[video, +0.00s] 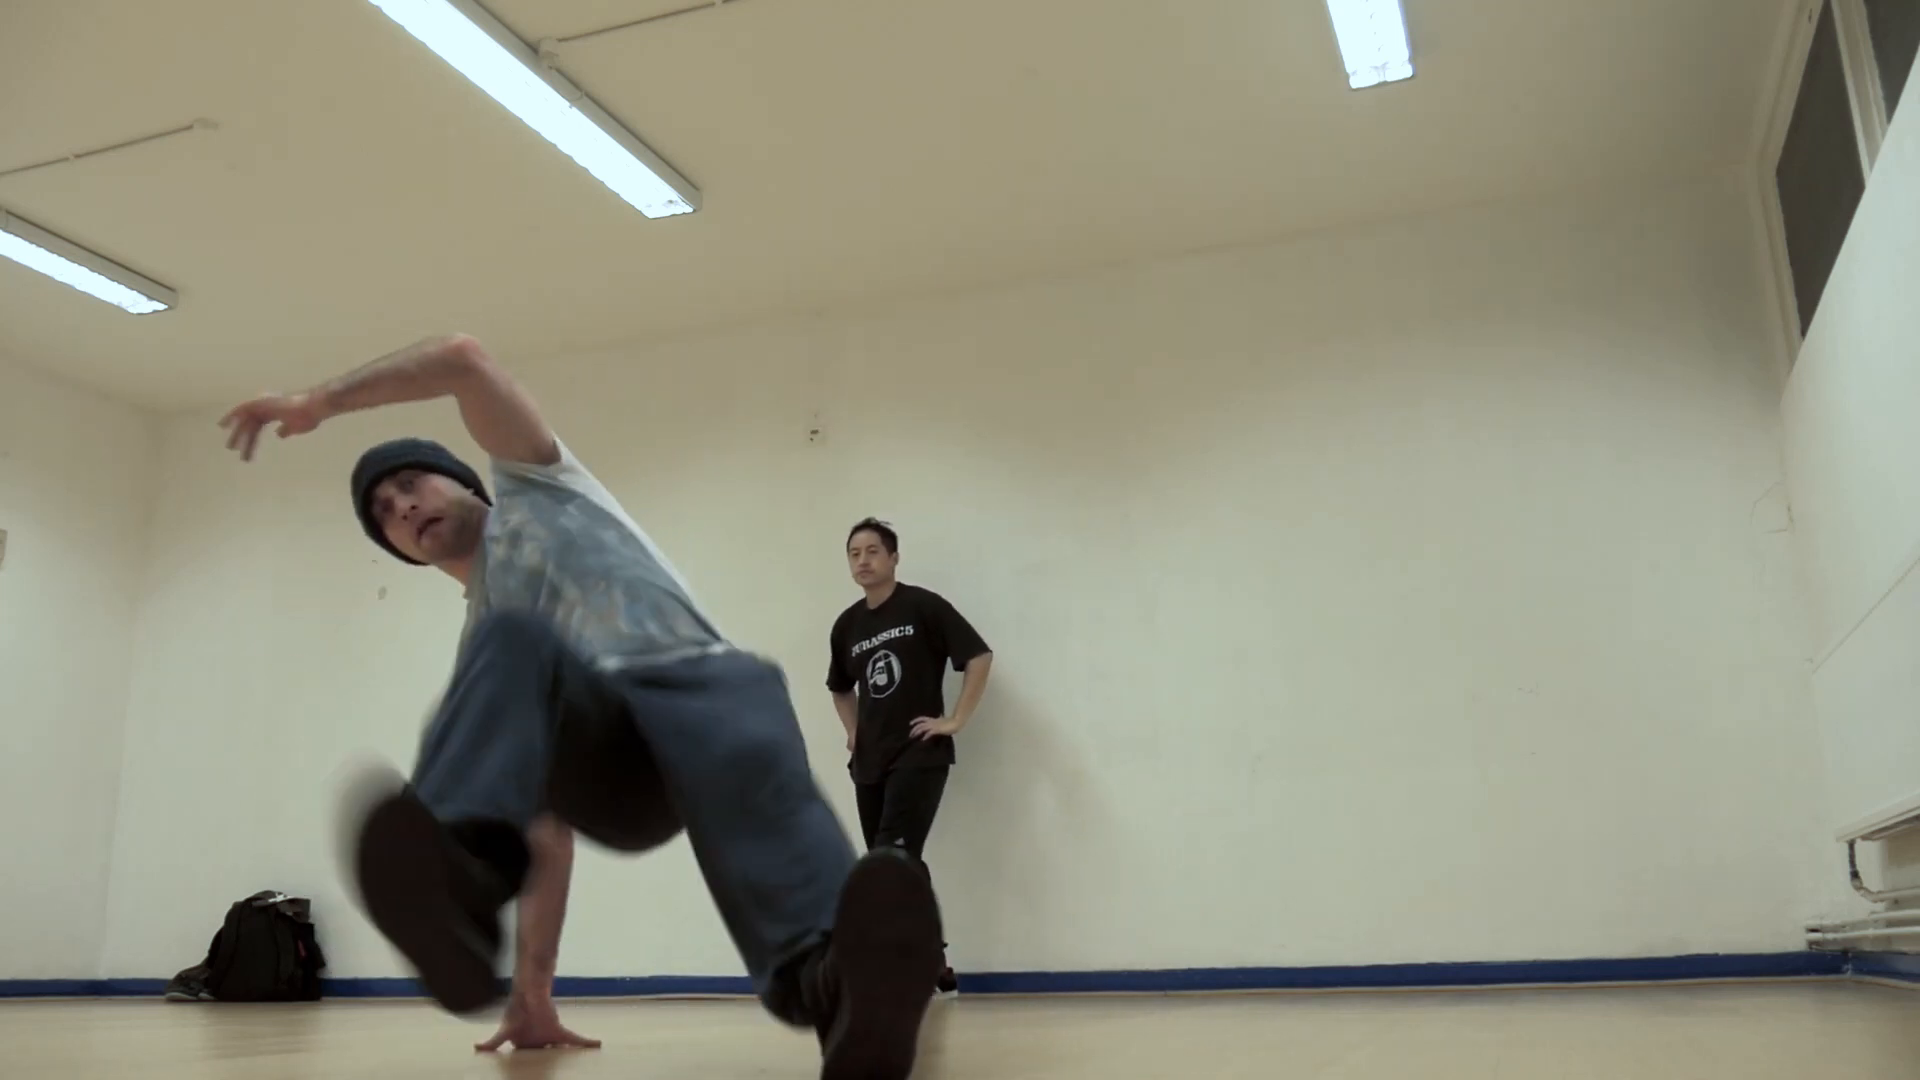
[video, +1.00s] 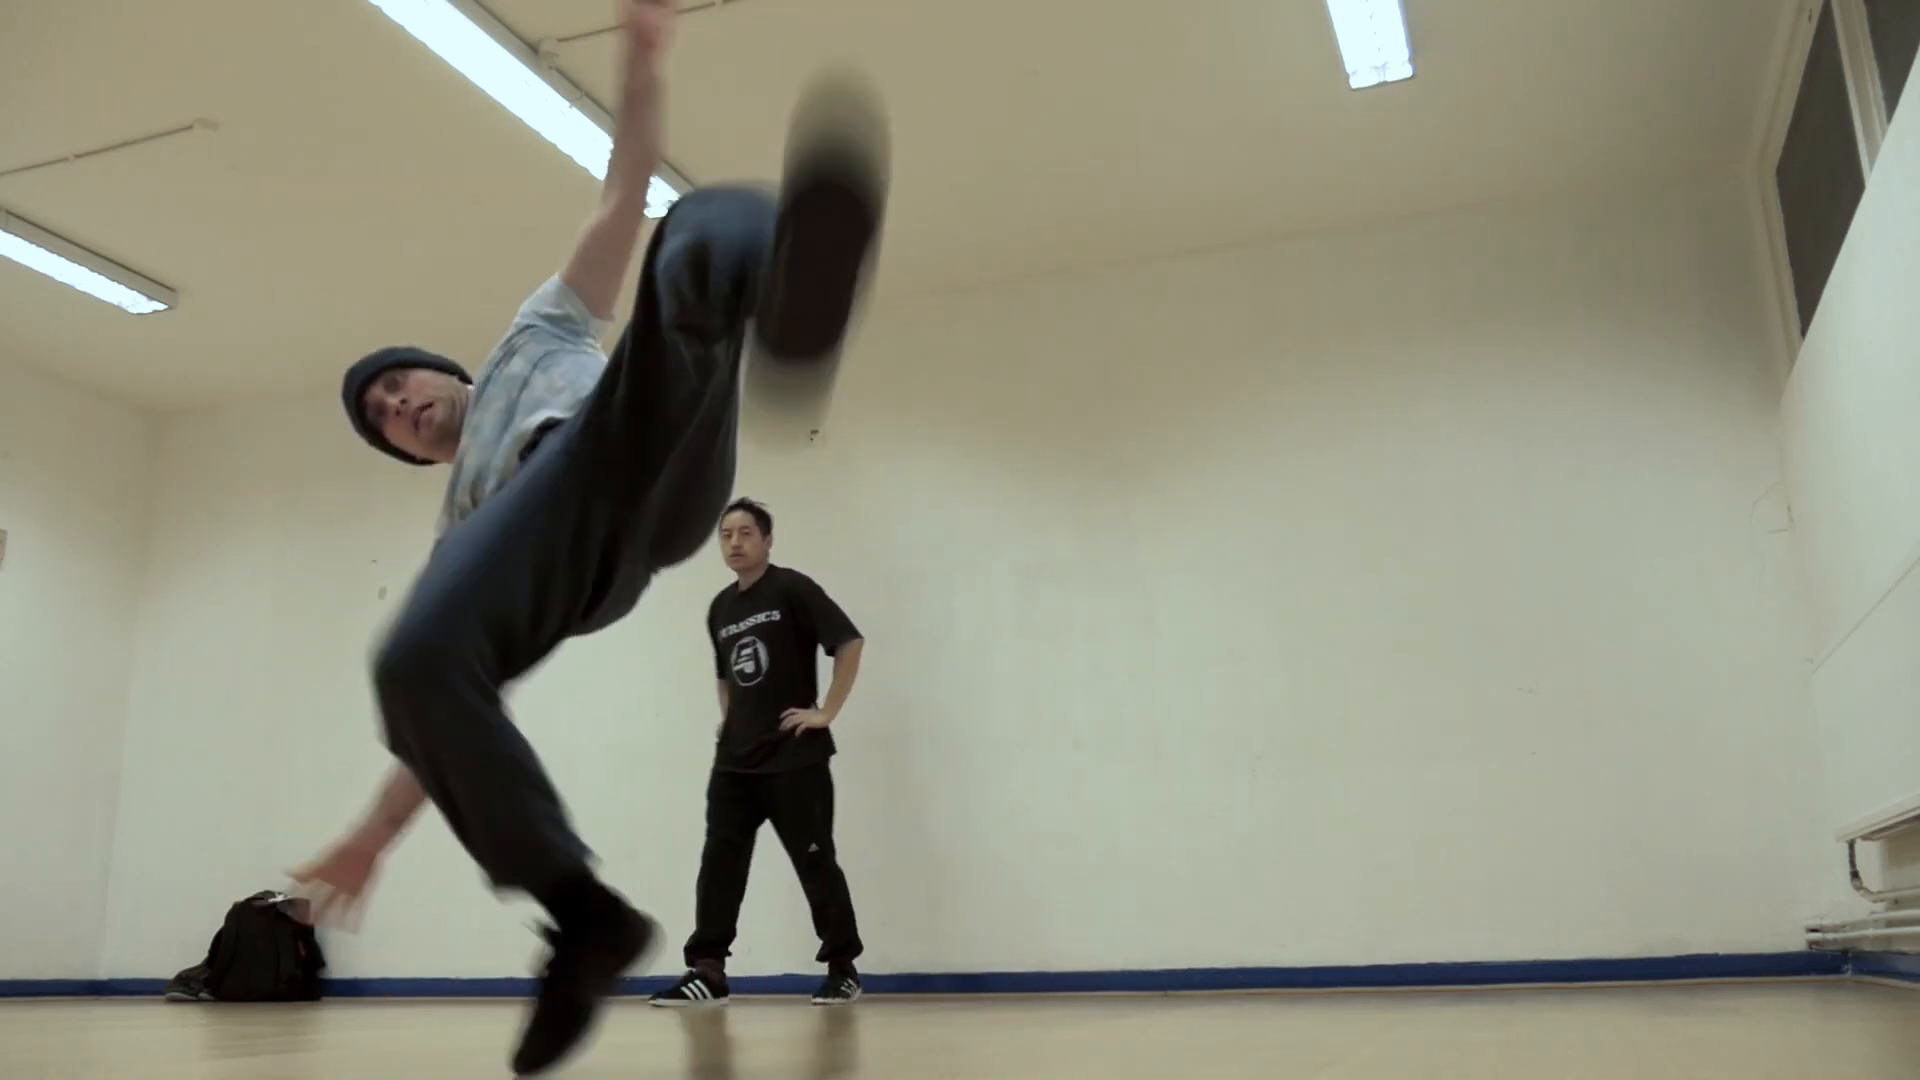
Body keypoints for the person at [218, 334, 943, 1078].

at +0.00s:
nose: (405, 510)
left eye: (409, 485)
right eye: (386, 518)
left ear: (456, 478)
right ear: (405, 553)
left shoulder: (538, 484)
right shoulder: (491, 636)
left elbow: (463, 359)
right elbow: (542, 834)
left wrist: (313, 403)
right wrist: (536, 1003)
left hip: (703, 708)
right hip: (601, 761)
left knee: (742, 703)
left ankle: (835, 980)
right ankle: (459, 909)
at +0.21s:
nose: (382, 525)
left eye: (391, 499)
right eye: (362, 533)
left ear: (446, 490)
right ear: (379, 572)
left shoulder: (531, 522)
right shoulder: (459, 688)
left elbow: (437, 423)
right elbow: (545, 802)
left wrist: (260, 462)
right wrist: (539, 979)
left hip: (708, 766)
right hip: (613, 835)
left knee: (723, 537)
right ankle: (578, 1010)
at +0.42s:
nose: (382, 608)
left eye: (382, 579)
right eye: (356, 615)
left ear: (419, 551)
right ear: (360, 635)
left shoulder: (513, 590)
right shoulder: (452, 702)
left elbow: (402, 544)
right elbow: (552, 820)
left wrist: (213, 655)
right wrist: (542, 977)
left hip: (735, 840)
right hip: (641, 896)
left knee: (642, 566)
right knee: (590, 743)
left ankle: (480, 776)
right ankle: (591, 1014)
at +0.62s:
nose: (355, 537)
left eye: (352, 512)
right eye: (339, 552)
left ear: (393, 492)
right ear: (365, 584)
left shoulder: (466, 449)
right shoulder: (477, 675)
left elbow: (458, 280)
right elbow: (543, 822)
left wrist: (438, 123)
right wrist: (531, 988)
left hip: (708, 609)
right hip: (643, 709)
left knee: (639, 448)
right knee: (552, 781)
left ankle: (638, 384)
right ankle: (628, 1001)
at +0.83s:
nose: (401, 444)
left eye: (396, 421)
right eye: (384, 460)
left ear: (435, 396)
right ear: (405, 488)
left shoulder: (523, 349)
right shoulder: (468, 558)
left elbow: (639, 227)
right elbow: (432, 723)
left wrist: (736, 104)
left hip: (628, 446)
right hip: (536, 566)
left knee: (722, 279)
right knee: (474, 753)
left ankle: (815, 33)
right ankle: (648, 985)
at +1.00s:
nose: (400, 411)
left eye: (398, 389)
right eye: (385, 426)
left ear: (439, 367)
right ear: (407, 454)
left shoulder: (542, 332)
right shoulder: (465, 520)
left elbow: (626, 197)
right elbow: (441, 707)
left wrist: (643, 58)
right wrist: (368, 845)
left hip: (644, 452)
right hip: (560, 543)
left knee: (693, 230)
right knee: (416, 663)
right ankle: (589, 920)